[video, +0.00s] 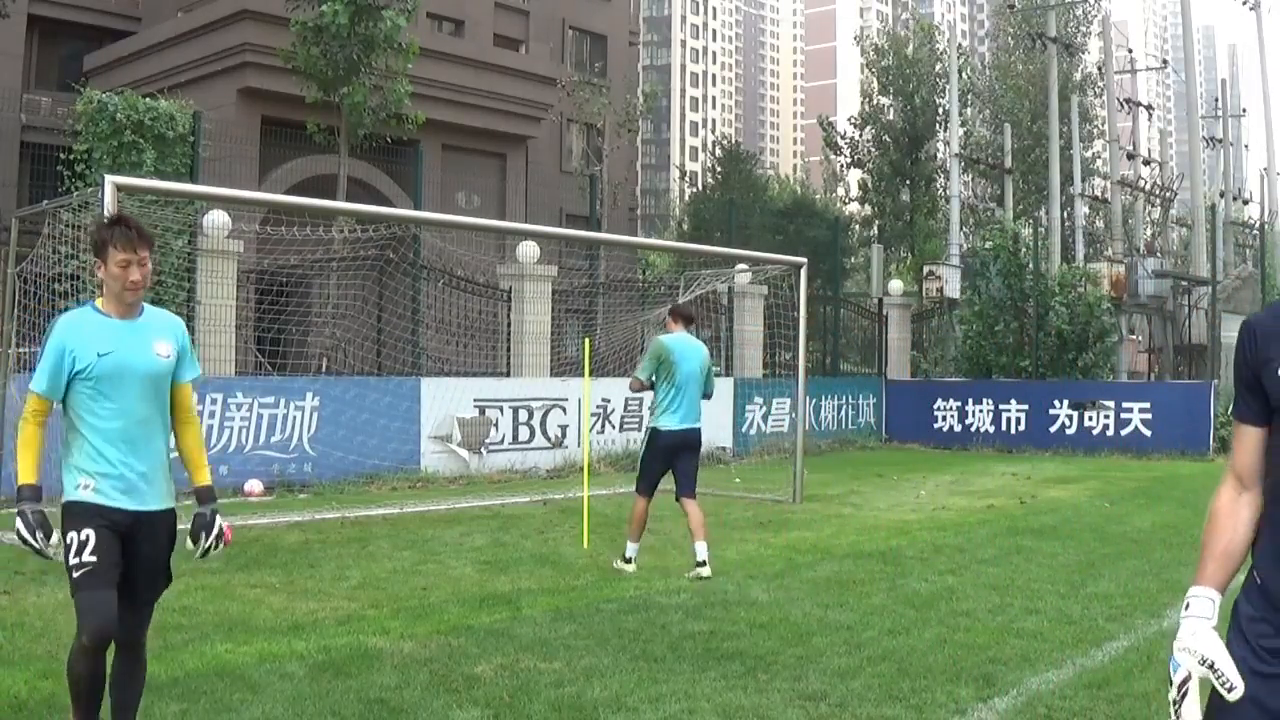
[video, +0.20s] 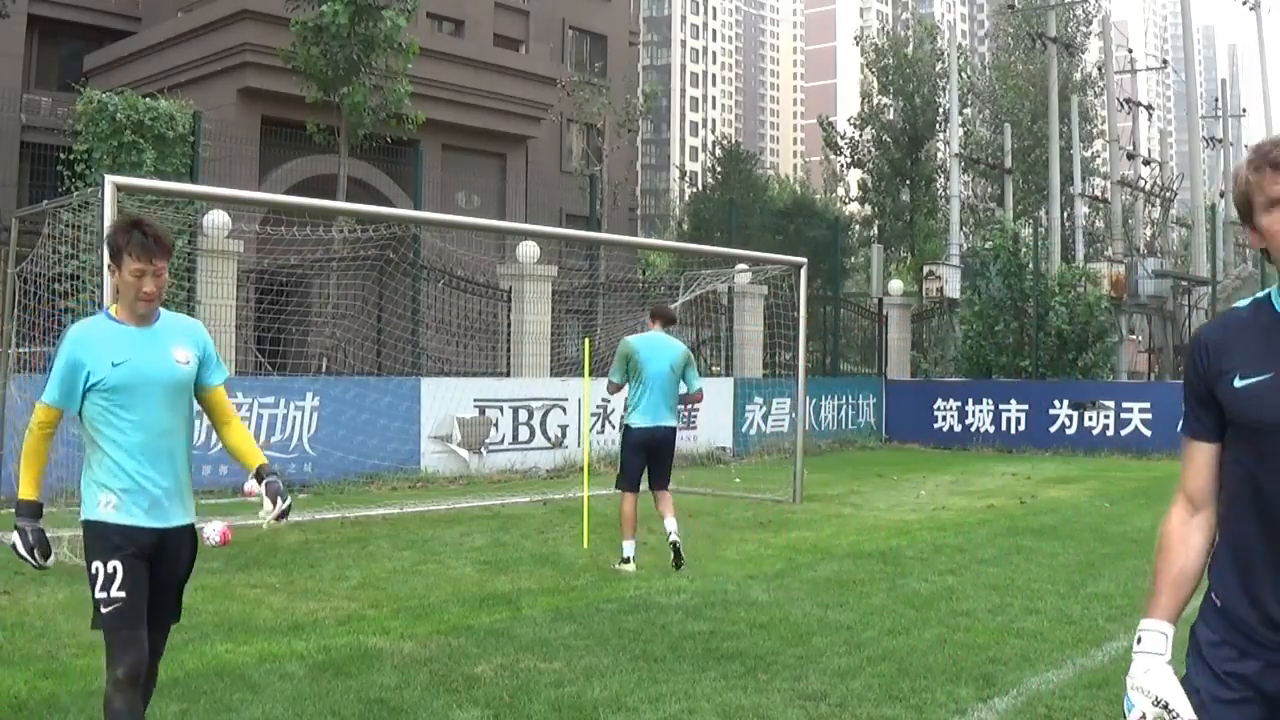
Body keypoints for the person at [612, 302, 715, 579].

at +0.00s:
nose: (665, 326)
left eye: (666, 322)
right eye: (667, 322)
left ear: (671, 321)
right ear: (690, 323)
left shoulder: (661, 343)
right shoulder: (703, 349)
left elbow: (636, 384)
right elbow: (707, 392)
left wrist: (658, 382)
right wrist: (680, 382)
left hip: (663, 434)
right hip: (692, 434)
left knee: (643, 495)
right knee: (688, 497)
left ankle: (629, 557)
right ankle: (702, 562)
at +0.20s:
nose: (649, 325)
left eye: (649, 321)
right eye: (655, 322)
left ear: (650, 320)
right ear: (671, 324)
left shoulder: (630, 343)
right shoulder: (682, 349)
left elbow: (613, 387)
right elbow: (697, 395)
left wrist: (630, 373)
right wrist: (671, 398)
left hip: (636, 430)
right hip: (666, 431)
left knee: (629, 491)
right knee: (661, 488)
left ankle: (628, 557)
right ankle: (673, 533)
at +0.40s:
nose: (643, 326)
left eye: (643, 322)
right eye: (663, 333)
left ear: (642, 321)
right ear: (664, 330)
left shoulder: (615, 340)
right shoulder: (668, 350)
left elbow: (601, 380)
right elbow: (681, 393)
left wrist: (619, 362)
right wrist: (678, 411)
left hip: (621, 427)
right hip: (651, 429)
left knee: (624, 489)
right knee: (645, 488)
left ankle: (626, 554)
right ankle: (630, 541)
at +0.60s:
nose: (660, 339)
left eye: (661, 336)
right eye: (663, 336)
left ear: (643, 324)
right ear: (662, 333)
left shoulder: (611, 342)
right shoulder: (659, 353)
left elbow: (601, 382)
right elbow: (660, 394)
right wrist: (671, 421)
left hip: (611, 428)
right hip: (641, 429)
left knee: (615, 490)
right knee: (632, 492)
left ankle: (621, 542)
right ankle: (619, 547)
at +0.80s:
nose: (662, 345)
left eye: (664, 341)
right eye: (664, 340)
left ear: (646, 326)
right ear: (659, 332)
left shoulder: (612, 341)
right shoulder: (652, 351)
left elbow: (599, 381)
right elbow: (646, 394)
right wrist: (659, 421)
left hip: (609, 424)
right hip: (634, 426)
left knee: (616, 480)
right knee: (631, 488)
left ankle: (604, 522)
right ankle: (617, 548)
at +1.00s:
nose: (664, 344)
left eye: (667, 340)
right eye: (665, 338)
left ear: (649, 326)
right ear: (656, 328)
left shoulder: (621, 340)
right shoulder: (641, 348)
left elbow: (617, 384)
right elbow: (626, 387)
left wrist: (645, 407)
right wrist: (647, 412)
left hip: (612, 418)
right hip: (627, 420)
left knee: (625, 480)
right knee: (630, 484)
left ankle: (614, 530)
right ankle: (618, 545)